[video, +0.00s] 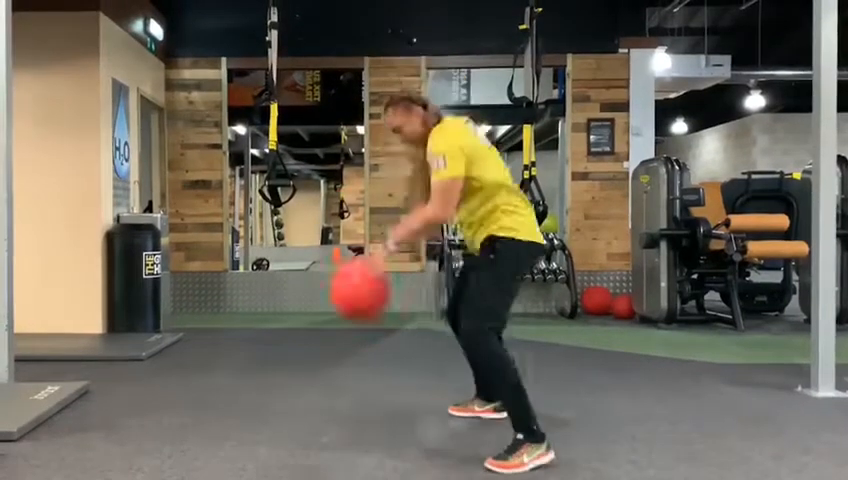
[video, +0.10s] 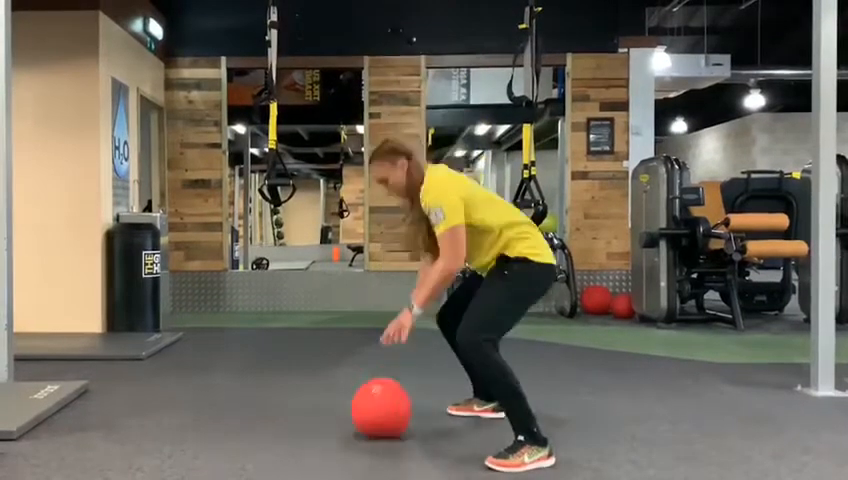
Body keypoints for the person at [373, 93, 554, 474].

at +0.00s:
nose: (401, 137)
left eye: (401, 127)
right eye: (396, 131)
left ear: (420, 112)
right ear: (417, 117)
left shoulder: (447, 136)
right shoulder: (441, 139)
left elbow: (442, 209)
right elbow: (437, 206)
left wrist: (395, 236)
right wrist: (403, 233)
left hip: (511, 237)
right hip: (492, 238)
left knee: (477, 327)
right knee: (459, 315)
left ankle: (532, 440)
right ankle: (490, 398)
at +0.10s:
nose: (386, 189)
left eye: (384, 180)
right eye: (381, 183)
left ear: (404, 164)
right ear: (402, 167)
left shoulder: (439, 187)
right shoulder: (428, 192)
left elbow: (452, 261)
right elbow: (432, 256)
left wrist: (412, 311)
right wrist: (417, 301)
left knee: (474, 338)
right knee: (450, 319)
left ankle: (534, 443)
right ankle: (489, 397)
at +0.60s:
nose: (340, 336)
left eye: (335, 329)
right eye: (333, 332)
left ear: (342, 311)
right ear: (343, 306)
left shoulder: (382, 302)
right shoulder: (376, 297)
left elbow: (408, 374)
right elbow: (405, 366)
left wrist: (407, 441)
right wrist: (405, 420)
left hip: (490, 267)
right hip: (483, 274)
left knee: (565, 352)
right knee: (552, 344)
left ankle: (686, 376)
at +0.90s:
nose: (341, 331)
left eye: (339, 324)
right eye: (334, 325)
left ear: (348, 307)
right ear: (343, 301)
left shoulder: (391, 301)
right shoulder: (382, 292)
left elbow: (409, 374)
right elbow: (407, 365)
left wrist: (407, 440)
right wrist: (403, 418)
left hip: (506, 318)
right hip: (503, 312)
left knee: (583, 386)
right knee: (580, 369)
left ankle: (701, 411)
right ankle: (667, 388)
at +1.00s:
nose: (348, 334)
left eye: (342, 328)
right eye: (341, 329)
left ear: (348, 313)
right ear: (352, 300)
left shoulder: (387, 299)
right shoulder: (385, 293)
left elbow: (408, 373)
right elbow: (408, 367)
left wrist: (408, 442)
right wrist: (405, 420)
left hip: (503, 269)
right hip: (497, 274)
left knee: (570, 358)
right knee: (562, 356)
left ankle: (679, 398)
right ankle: (635, 380)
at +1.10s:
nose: (362, 330)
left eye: (359, 322)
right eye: (357, 325)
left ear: (371, 305)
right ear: (372, 299)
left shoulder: (407, 300)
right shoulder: (399, 293)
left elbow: (416, 375)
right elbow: (416, 367)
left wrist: (408, 442)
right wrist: (408, 418)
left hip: (510, 236)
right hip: (491, 249)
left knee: (519, 342)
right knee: (500, 334)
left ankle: (622, 392)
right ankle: (578, 377)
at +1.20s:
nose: (380, 327)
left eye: (377, 317)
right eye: (373, 321)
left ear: (386, 295)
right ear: (387, 292)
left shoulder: (417, 292)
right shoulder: (409, 287)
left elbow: (424, 372)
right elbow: (420, 364)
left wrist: (407, 435)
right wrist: (407, 415)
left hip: (530, 239)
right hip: (515, 240)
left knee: (484, 325)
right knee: (474, 322)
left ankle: (543, 426)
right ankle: (511, 398)